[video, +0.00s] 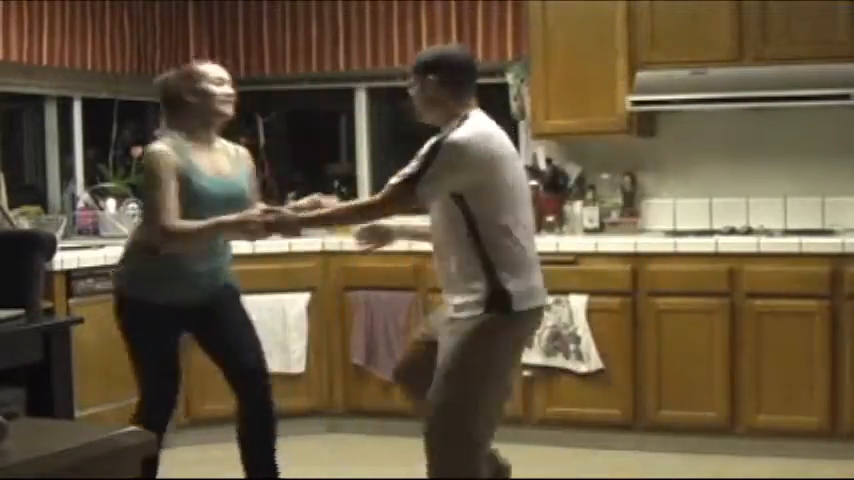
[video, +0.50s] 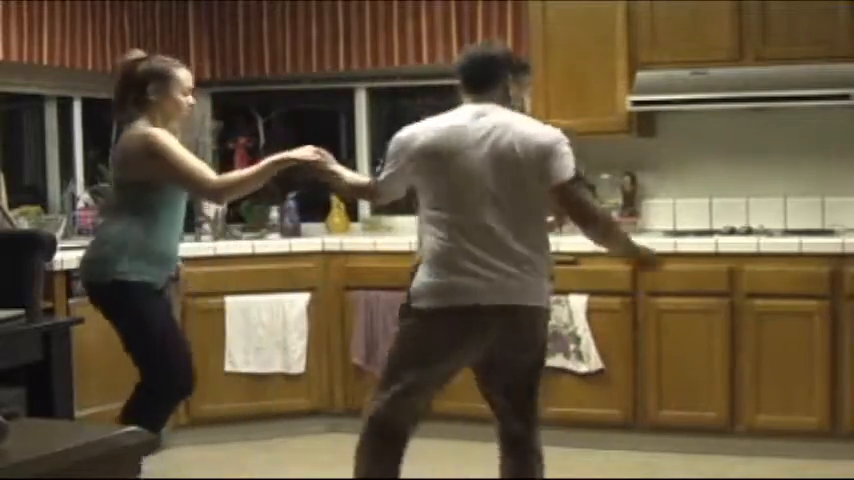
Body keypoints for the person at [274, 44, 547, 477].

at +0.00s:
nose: (411, 98)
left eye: (414, 88)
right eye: (411, 88)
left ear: (436, 87)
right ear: (462, 87)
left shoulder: (460, 142)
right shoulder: (480, 134)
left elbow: (383, 205)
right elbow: (464, 227)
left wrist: (301, 221)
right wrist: (394, 229)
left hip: (496, 310)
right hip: (474, 301)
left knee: (451, 440)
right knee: (415, 375)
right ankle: (486, 464)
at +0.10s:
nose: (419, 92)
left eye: (422, 82)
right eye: (420, 82)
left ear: (438, 84)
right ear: (474, 84)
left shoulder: (442, 143)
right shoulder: (508, 139)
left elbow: (371, 199)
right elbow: (518, 214)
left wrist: (287, 200)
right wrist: (442, 236)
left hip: (483, 312)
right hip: (517, 305)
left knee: (438, 429)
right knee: (419, 382)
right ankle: (501, 460)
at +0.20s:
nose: (431, 91)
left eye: (434, 82)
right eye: (433, 82)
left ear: (445, 85)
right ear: (488, 89)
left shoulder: (430, 140)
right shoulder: (529, 147)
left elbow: (361, 194)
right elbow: (554, 231)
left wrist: (287, 183)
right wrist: (490, 231)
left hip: (466, 314)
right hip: (520, 309)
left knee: (423, 433)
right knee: (471, 419)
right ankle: (512, 476)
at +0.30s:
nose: (441, 93)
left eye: (443, 87)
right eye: (442, 88)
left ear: (449, 87)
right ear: (500, 89)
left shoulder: (423, 139)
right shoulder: (543, 150)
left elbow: (362, 195)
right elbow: (578, 232)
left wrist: (295, 175)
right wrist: (531, 232)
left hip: (454, 316)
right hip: (524, 312)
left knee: (412, 428)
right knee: (501, 422)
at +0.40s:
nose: (516, 92)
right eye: (514, 86)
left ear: (457, 90)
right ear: (511, 88)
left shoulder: (421, 141)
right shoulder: (548, 147)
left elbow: (370, 196)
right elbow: (591, 225)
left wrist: (315, 171)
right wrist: (610, 240)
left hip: (451, 315)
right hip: (529, 316)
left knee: (382, 416)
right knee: (521, 431)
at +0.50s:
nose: (528, 97)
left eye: (528, 86)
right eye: (526, 87)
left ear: (465, 89)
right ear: (510, 86)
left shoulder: (419, 138)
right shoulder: (543, 139)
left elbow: (377, 194)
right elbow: (589, 217)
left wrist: (320, 166)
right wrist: (635, 251)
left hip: (442, 308)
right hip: (520, 309)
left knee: (388, 421)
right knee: (520, 434)